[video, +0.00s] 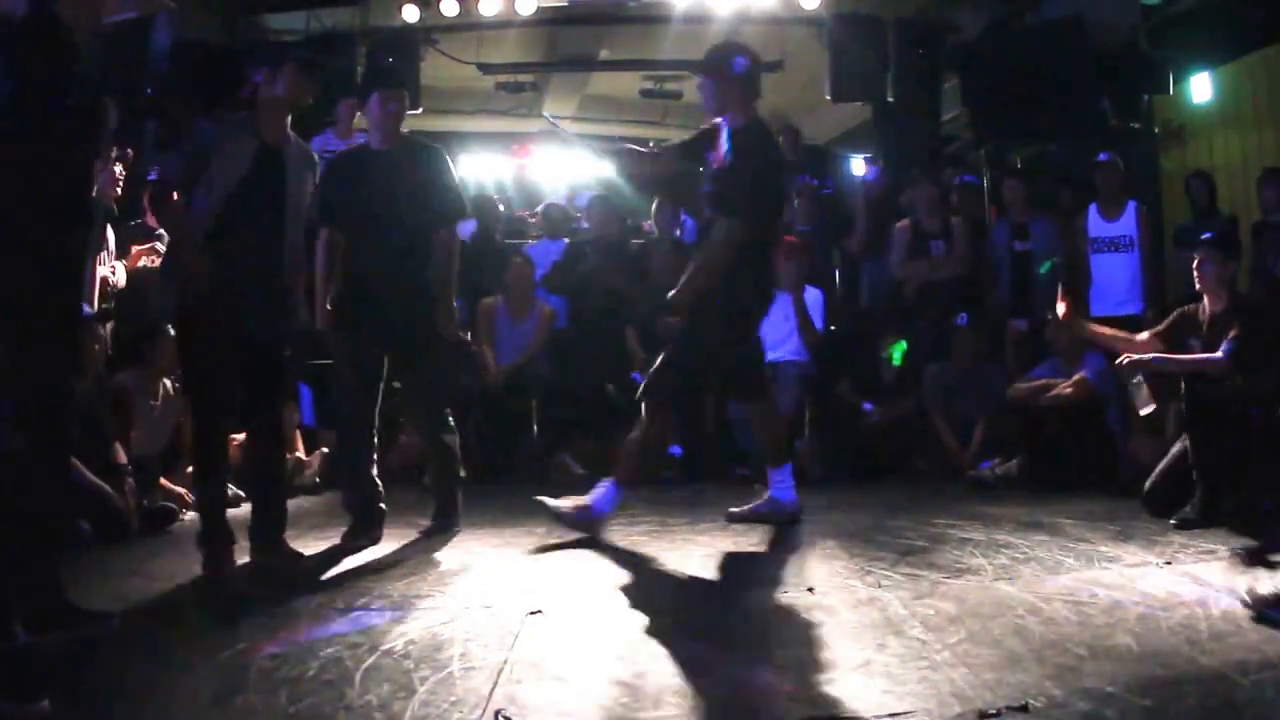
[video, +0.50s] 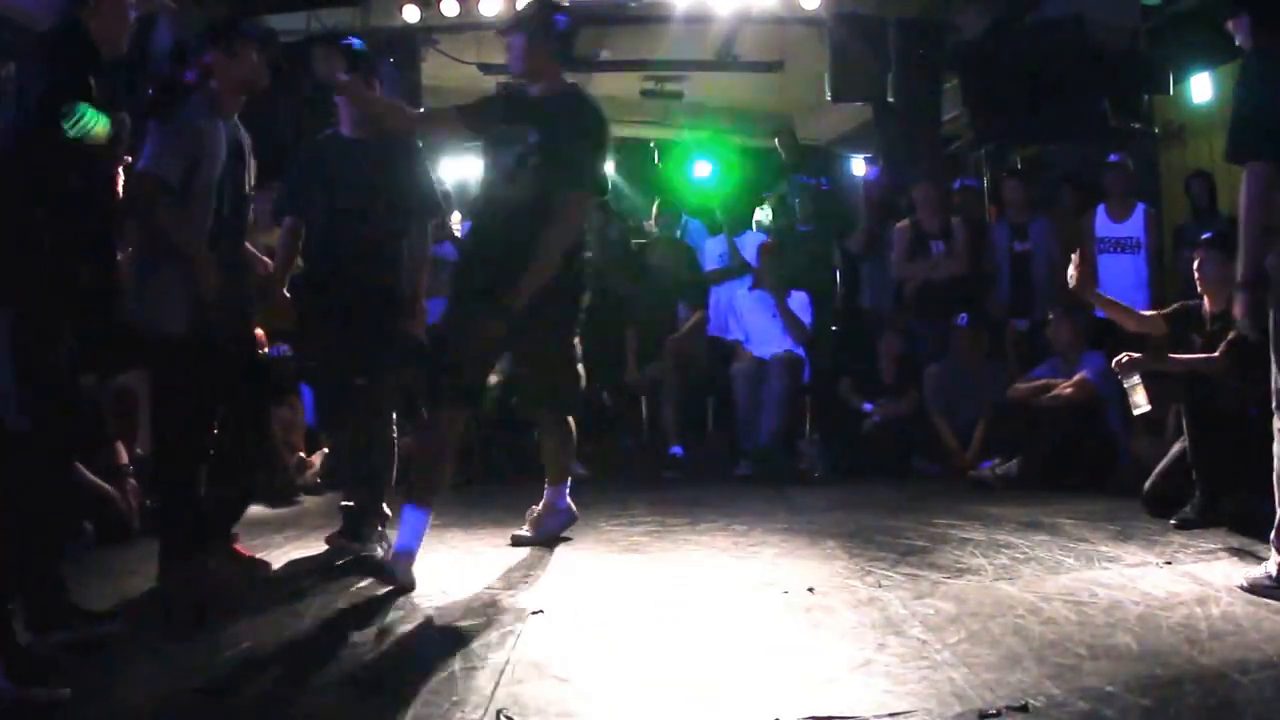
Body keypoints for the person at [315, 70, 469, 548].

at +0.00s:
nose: (392, 109)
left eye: (399, 101)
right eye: (384, 101)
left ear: (408, 109)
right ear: (365, 108)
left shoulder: (429, 159)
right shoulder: (341, 167)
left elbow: (447, 237)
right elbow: (327, 237)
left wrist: (447, 305)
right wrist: (322, 299)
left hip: (416, 300)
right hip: (359, 301)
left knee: (428, 409)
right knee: (356, 413)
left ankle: (446, 499)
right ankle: (364, 517)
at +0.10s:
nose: (382, 107)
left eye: (389, 99)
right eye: (373, 98)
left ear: (397, 105)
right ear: (353, 105)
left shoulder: (420, 155)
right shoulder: (329, 163)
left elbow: (440, 232)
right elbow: (316, 235)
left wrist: (438, 297)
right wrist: (311, 297)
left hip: (405, 298)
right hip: (348, 299)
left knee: (417, 406)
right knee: (349, 413)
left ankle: (435, 494)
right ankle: (365, 511)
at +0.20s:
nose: (377, 102)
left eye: (383, 93)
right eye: (367, 93)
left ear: (390, 99)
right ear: (343, 100)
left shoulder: (412, 152)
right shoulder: (319, 159)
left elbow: (436, 234)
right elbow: (304, 234)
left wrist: (432, 298)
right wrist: (301, 297)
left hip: (397, 300)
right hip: (339, 301)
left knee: (403, 414)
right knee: (346, 419)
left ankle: (412, 516)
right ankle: (364, 515)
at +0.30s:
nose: (371, 98)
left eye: (377, 89)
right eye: (361, 89)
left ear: (385, 95)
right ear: (338, 96)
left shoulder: (408, 151)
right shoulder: (316, 157)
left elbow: (430, 233)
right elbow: (292, 232)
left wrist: (426, 295)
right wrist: (289, 299)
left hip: (390, 296)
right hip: (332, 297)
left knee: (391, 412)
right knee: (343, 413)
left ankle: (394, 518)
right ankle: (360, 514)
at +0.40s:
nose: (362, 101)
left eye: (369, 92)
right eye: (353, 92)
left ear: (382, 99)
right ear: (338, 100)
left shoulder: (405, 153)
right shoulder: (316, 155)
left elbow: (422, 233)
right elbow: (292, 227)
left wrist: (419, 301)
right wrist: (279, 286)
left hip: (386, 297)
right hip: (329, 295)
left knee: (379, 403)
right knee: (335, 404)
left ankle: (374, 516)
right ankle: (363, 499)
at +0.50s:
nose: (349, 105)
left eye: (358, 94)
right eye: (343, 95)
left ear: (377, 95)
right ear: (334, 99)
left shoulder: (401, 154)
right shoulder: (318, 154)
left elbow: (420, 235)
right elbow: (291, 227)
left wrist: (417, 303)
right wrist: (275, 288)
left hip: (382, 297)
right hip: (326, 296)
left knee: (377, 406)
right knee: (335, 409)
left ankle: (377, 519)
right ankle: (356, 511)